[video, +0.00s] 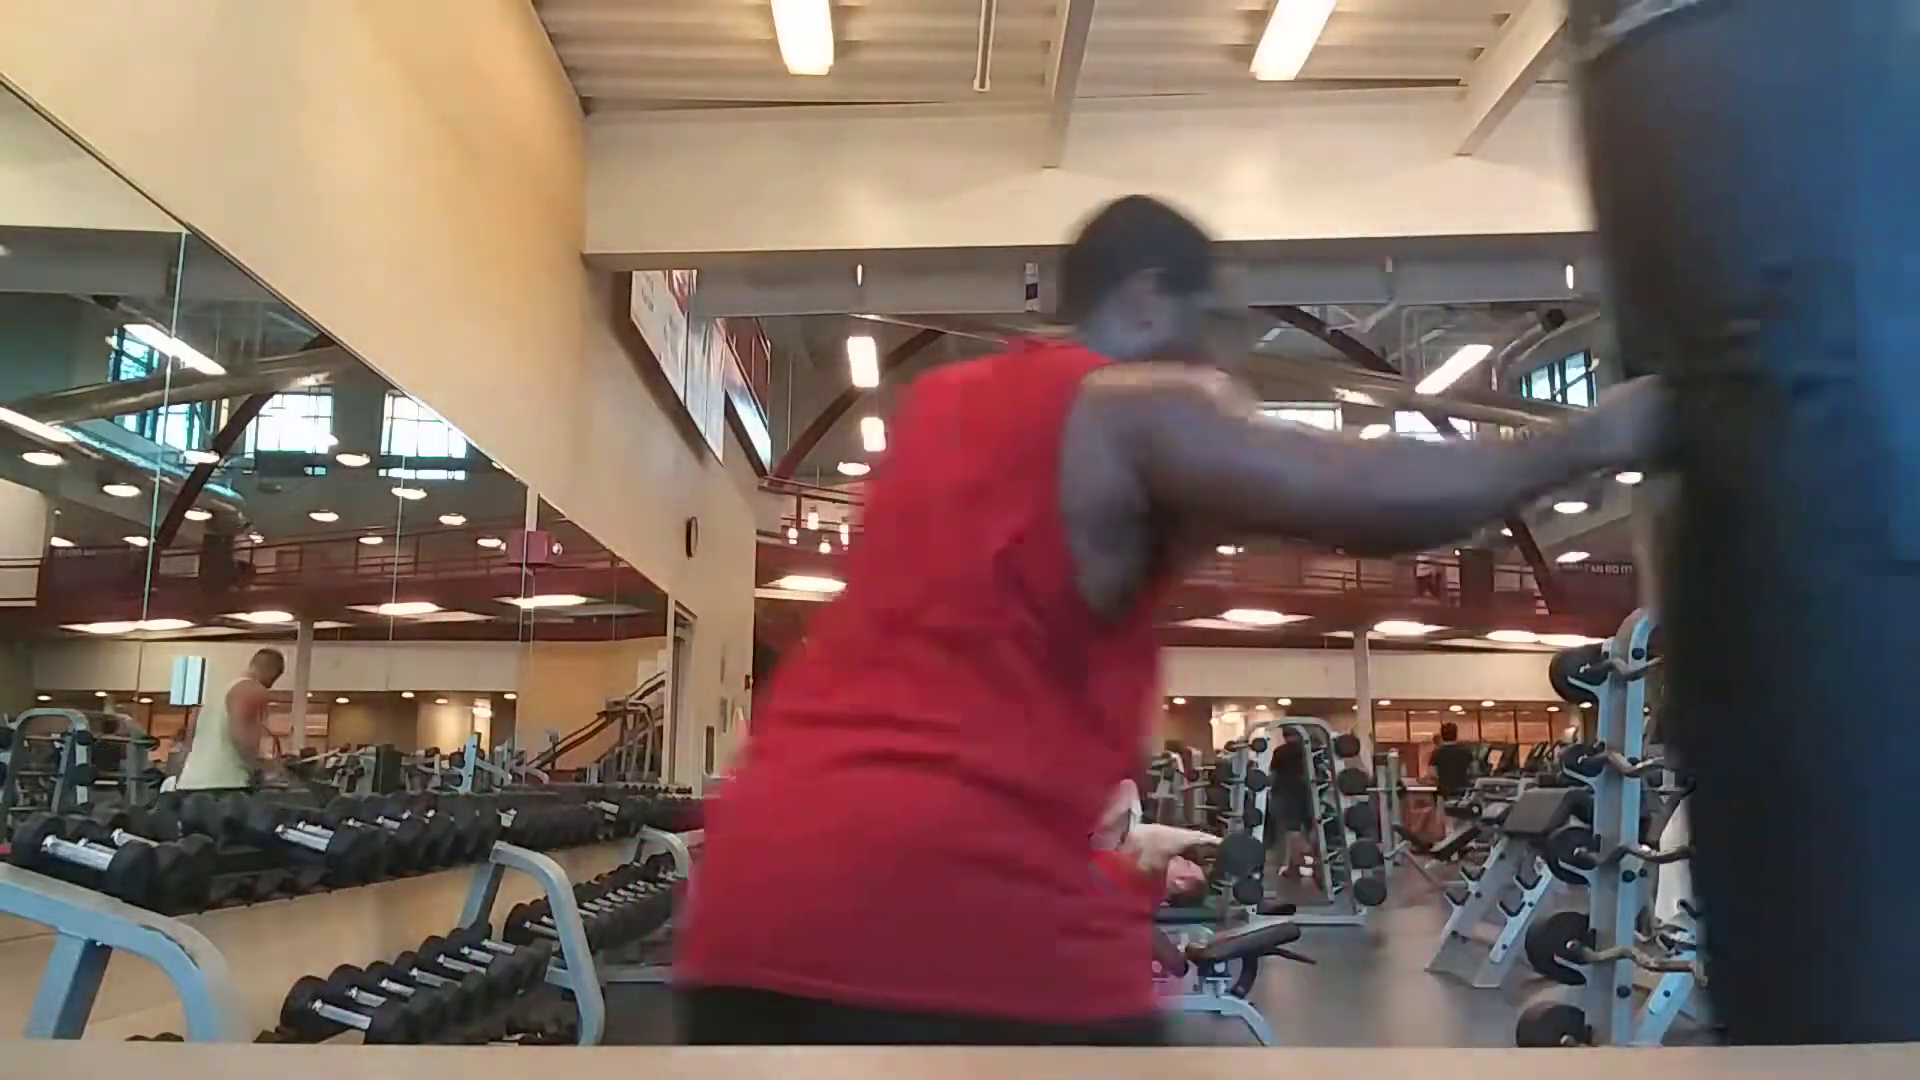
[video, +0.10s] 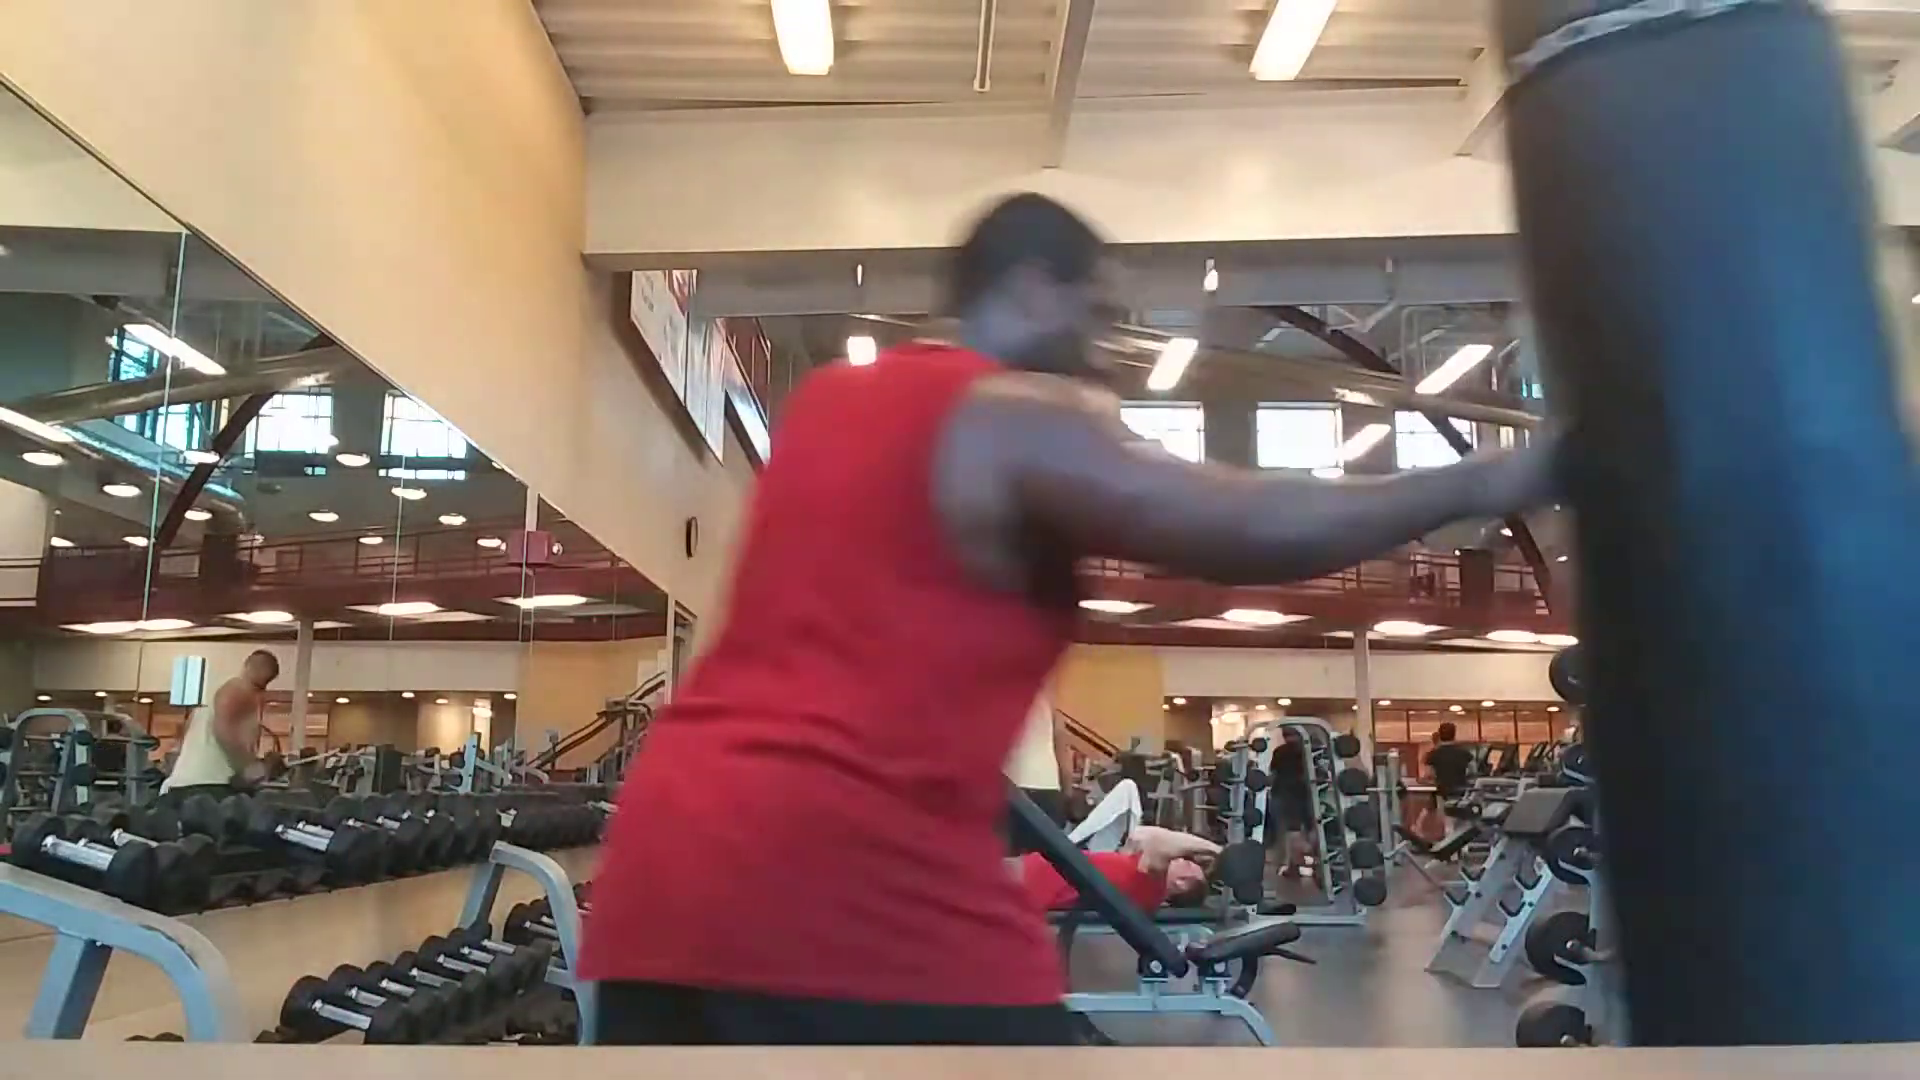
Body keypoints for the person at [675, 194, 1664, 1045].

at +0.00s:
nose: (1206, 354)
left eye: (1207, 336)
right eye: (1205, 327)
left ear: (1063, 295)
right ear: (1158, 302)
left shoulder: (924, 403)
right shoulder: (1123, 407)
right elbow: (1385, 501)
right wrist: (1597, 437)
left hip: (750, 914)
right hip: (962, 919)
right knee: (1226, 1043)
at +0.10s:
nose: (1104, 344)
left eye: (1105, 319)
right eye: (1095, 311)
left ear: (964, 290)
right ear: (1034, 286)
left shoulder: (811, 407)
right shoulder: (1011, 418)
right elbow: (1269, 531)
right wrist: (1511, 476)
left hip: (659, 872)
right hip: (852, 886)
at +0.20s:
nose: (1019, 326)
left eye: (1024, 303)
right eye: (1014, 297)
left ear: (871, 274)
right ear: (943, 271)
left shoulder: (732, 393)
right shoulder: (933, 399)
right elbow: (1162, 535)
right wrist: (1394, 530)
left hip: (603, 888)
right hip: (806, 881)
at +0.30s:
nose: (975, 313)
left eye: (980, 290)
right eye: (969, 283)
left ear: (839, 262)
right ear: (895, 255)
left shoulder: (678, 379)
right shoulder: (897, 387)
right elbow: (1134, 515)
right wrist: (1348, 496)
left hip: (578, 880)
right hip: (785, 865)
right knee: (964, 1073)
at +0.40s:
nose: (957, 314)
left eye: (964, 290)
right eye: (954, 284)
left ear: (837, 258)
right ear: (885, 259)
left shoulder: (658, 378)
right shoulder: (893, 394)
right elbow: (1139, 511)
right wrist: (1352, 476)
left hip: (554, 895)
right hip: (773, 883)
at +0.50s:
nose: (970, 348)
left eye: (975, 322)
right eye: (967, 315)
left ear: (830, 283)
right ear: (900, 287)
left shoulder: (652, 401)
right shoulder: (877, 424)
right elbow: (1135, 546)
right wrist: (1291, 488)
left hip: (538, 895)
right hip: (751, 894)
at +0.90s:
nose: (879, 380)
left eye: (888, 348)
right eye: (879, 340)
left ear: (732, 314)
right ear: (818, 313)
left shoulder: (604, 429)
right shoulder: (803, 454)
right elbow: (983, 661)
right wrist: (1160, 648)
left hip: (555, 897)